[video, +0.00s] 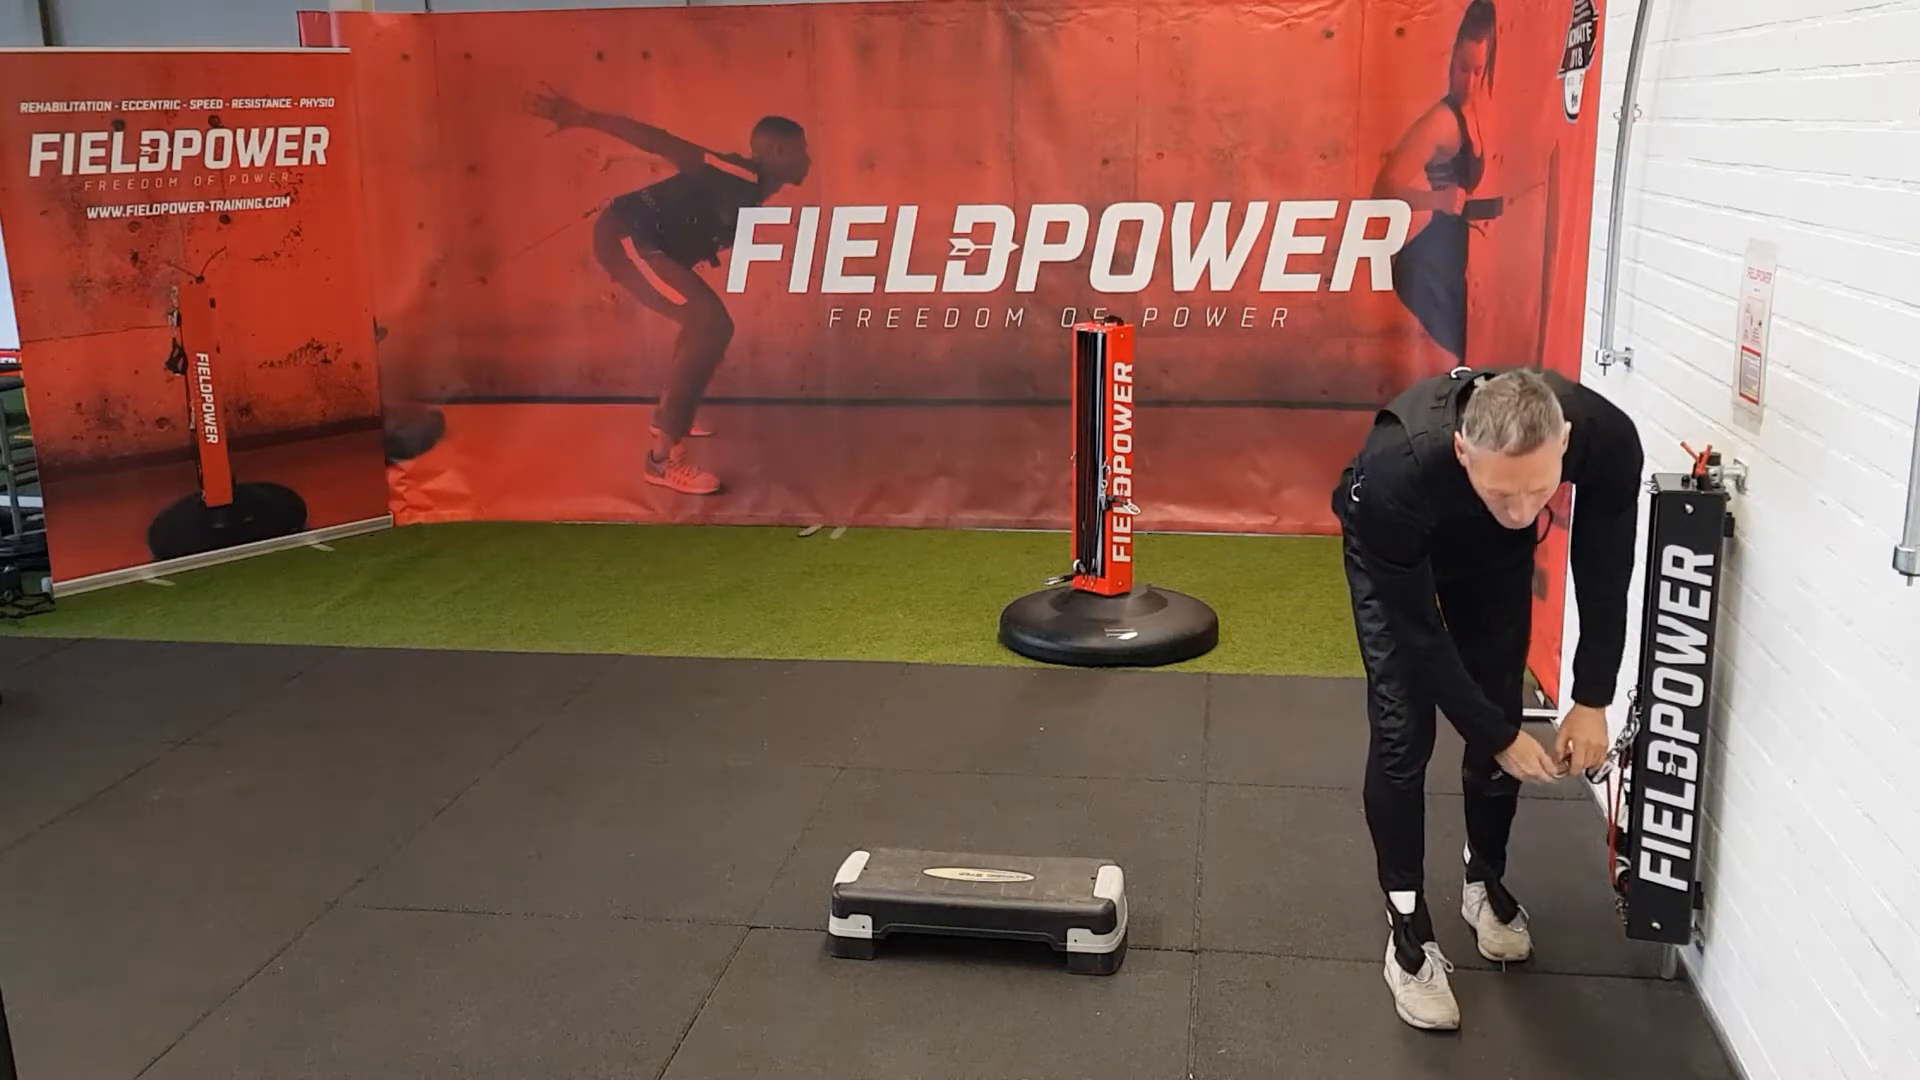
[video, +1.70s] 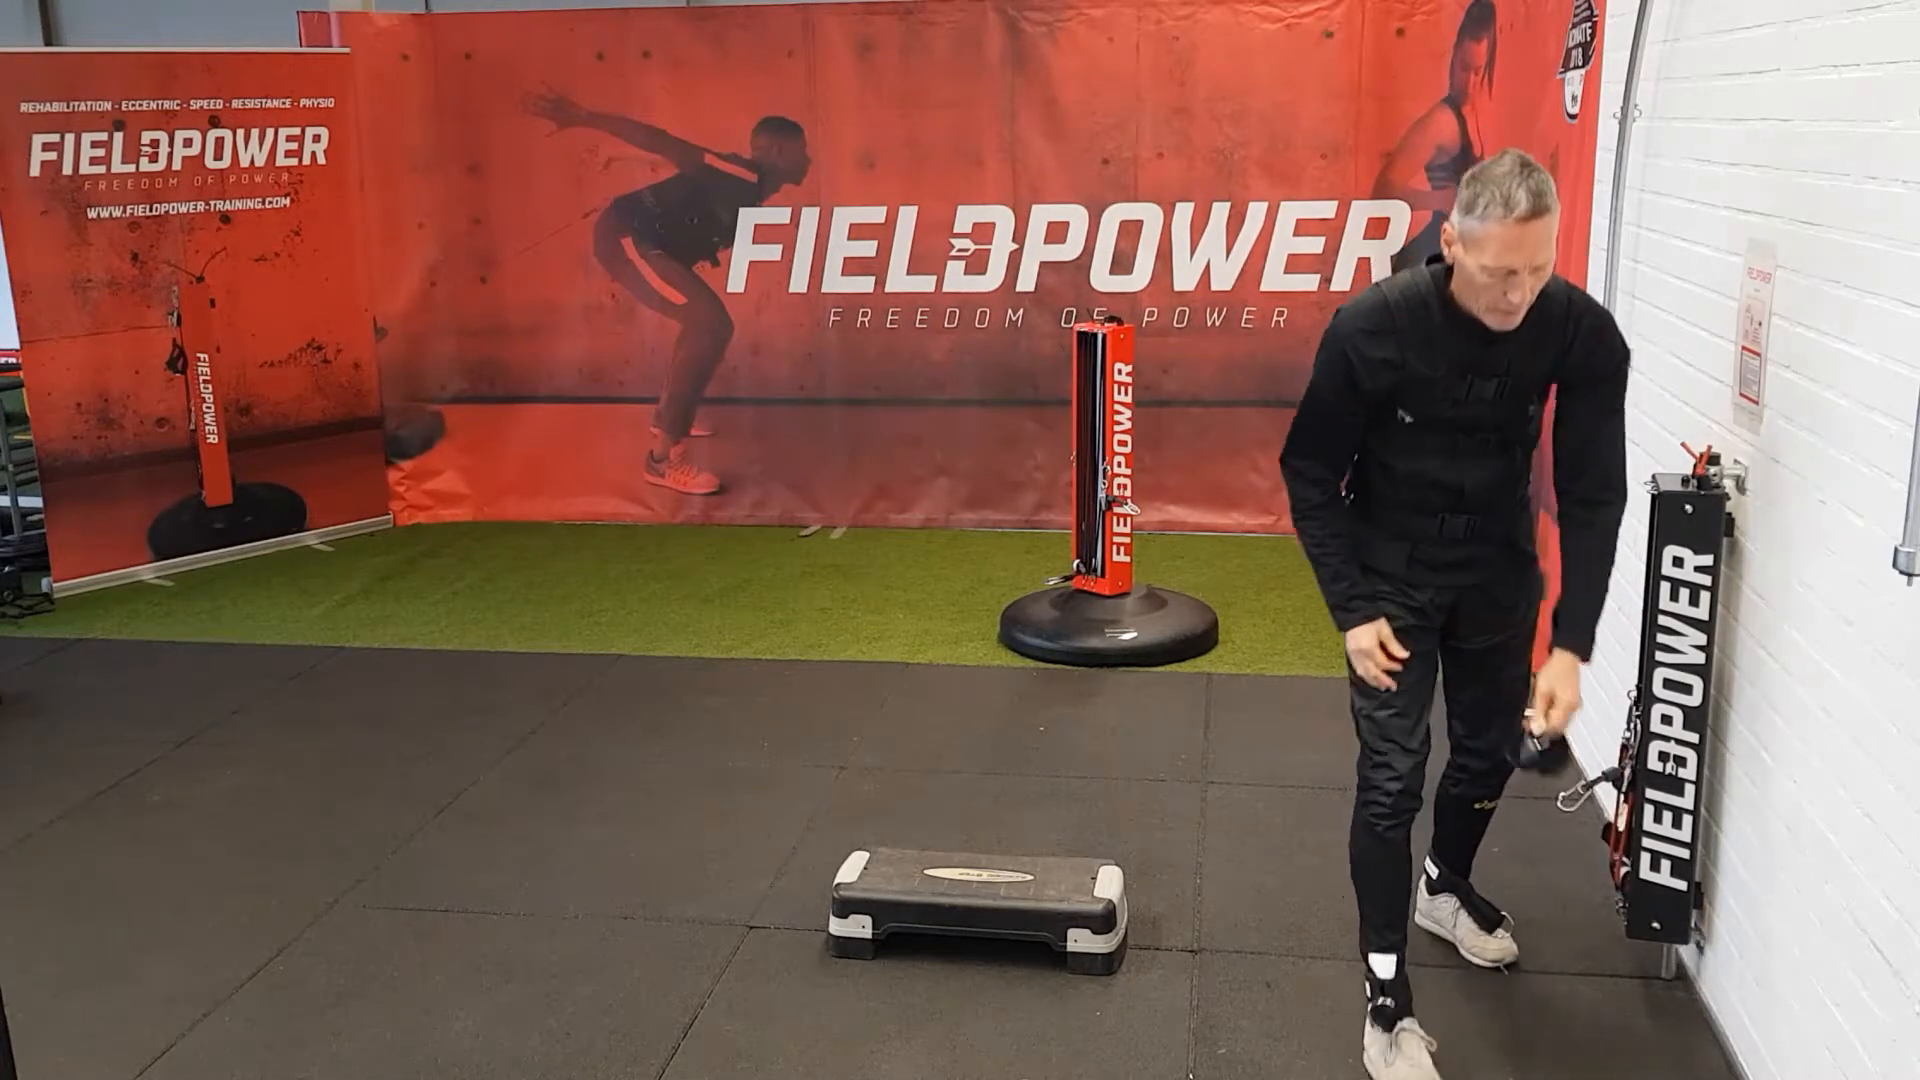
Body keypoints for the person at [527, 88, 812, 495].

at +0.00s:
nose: (808, 158)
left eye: (805, 149)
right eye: (801, 150)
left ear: (773, 151)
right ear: (773, 151)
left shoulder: (746, 186)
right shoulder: (735, 179)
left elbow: (660, 142)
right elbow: (658, 141)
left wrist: (583, 116)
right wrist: (583, 117)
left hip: (641, 235)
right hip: (627, 234)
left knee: (709, 322)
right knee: (713, 326)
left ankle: (670, 413)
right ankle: (663, 457)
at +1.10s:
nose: (808, 158)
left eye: (805, 149)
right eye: (801, 149)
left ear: (774, 151)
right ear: (774, 150)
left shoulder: (746, 186)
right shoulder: (734, 179)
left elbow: (660, 142)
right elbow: (658, 141)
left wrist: (583, 116)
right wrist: (583, 117)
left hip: (641, 235)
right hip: (627, 233)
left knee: (709, 322)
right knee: (713, 326)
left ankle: (670, 413)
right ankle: (664, 457)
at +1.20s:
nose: (807, 159)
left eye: (805, 150)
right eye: (801, 149)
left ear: (773, 151)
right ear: (772, 150)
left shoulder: (749, 190)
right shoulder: (735, 179)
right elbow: (661, 142)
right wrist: (582, 117)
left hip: (643, 236)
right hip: (626, 234)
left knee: (709, 322)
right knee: (712, 326)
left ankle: (670, 414)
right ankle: (665, 457)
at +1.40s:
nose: (807, 159)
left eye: (804, 150)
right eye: (800, 150)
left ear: (774, 151)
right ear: (772, 150)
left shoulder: (750, 191)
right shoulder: (736, 177)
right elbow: (661, 143)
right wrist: (582, 117)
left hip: (643, 236)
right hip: (627, 234)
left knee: (708, 322)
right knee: (713, 325)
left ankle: (670, 414)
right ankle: (665, 457)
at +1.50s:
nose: (807, 159)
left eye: (804, 150)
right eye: (801, 150)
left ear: (773, 151)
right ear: (772, 150)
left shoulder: (749, 189)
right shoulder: (737, 178)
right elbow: (662, 143)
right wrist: (582, 117)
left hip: (642, 237)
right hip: (627, 235)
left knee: (710, 322)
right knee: (712, 325)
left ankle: (670, 413)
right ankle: (665, 458)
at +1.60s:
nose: (807, 159)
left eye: (804, 150)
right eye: (800, 150)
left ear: (774, 151)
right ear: (772, 150)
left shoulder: (750, 190)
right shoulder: (736, 177)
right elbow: (661, 143)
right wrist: (582, 117)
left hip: (643, 236)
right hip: (627, 234)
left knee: (708, 322)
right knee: (713, 325)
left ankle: (670, 414)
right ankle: (665, 457)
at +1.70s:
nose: (807, 159)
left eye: (804, 150)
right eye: (800, 150)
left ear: (774, 152)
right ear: (772, 150)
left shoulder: (749, 191)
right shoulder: (735, 178)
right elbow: (661, 142)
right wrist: (582, 117)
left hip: (644, 236)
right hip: (627, 233)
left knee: (709, 322)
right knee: (712, 325)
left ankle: (670, 414)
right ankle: (665, 457)